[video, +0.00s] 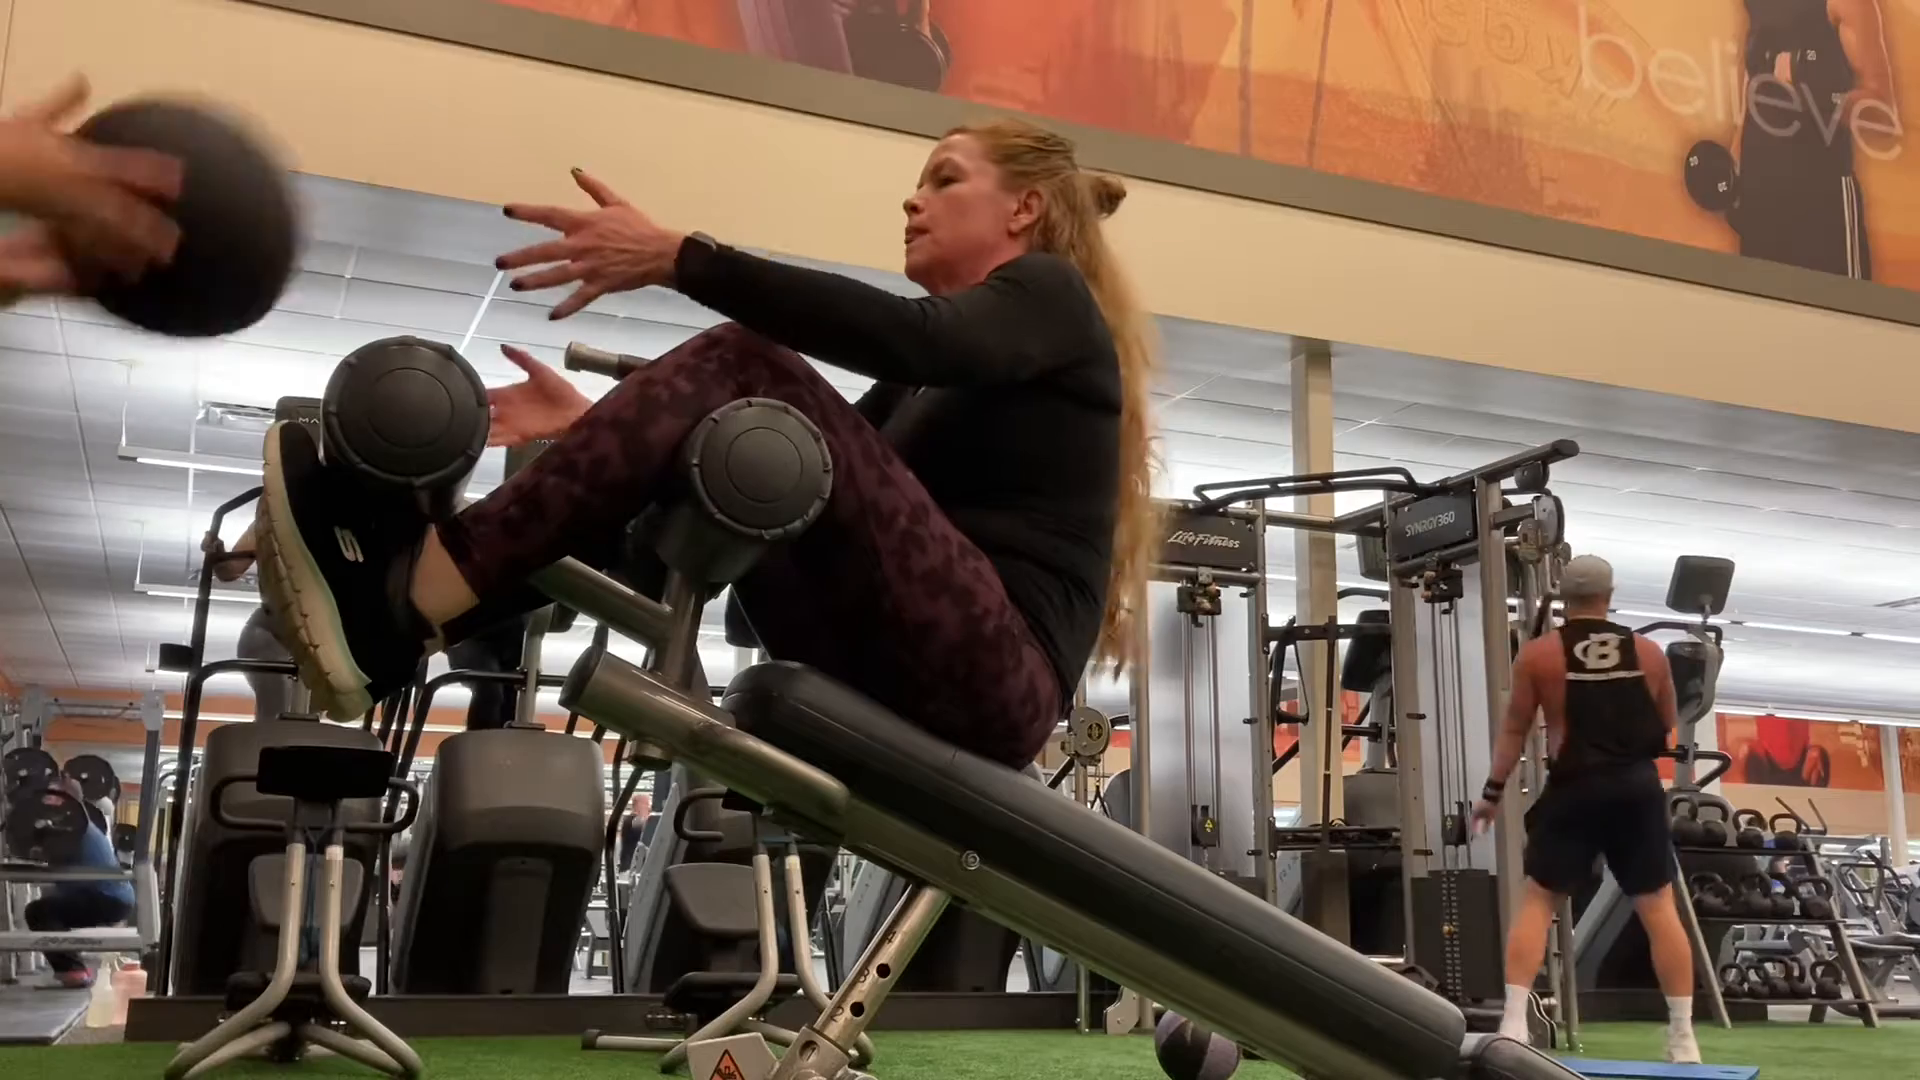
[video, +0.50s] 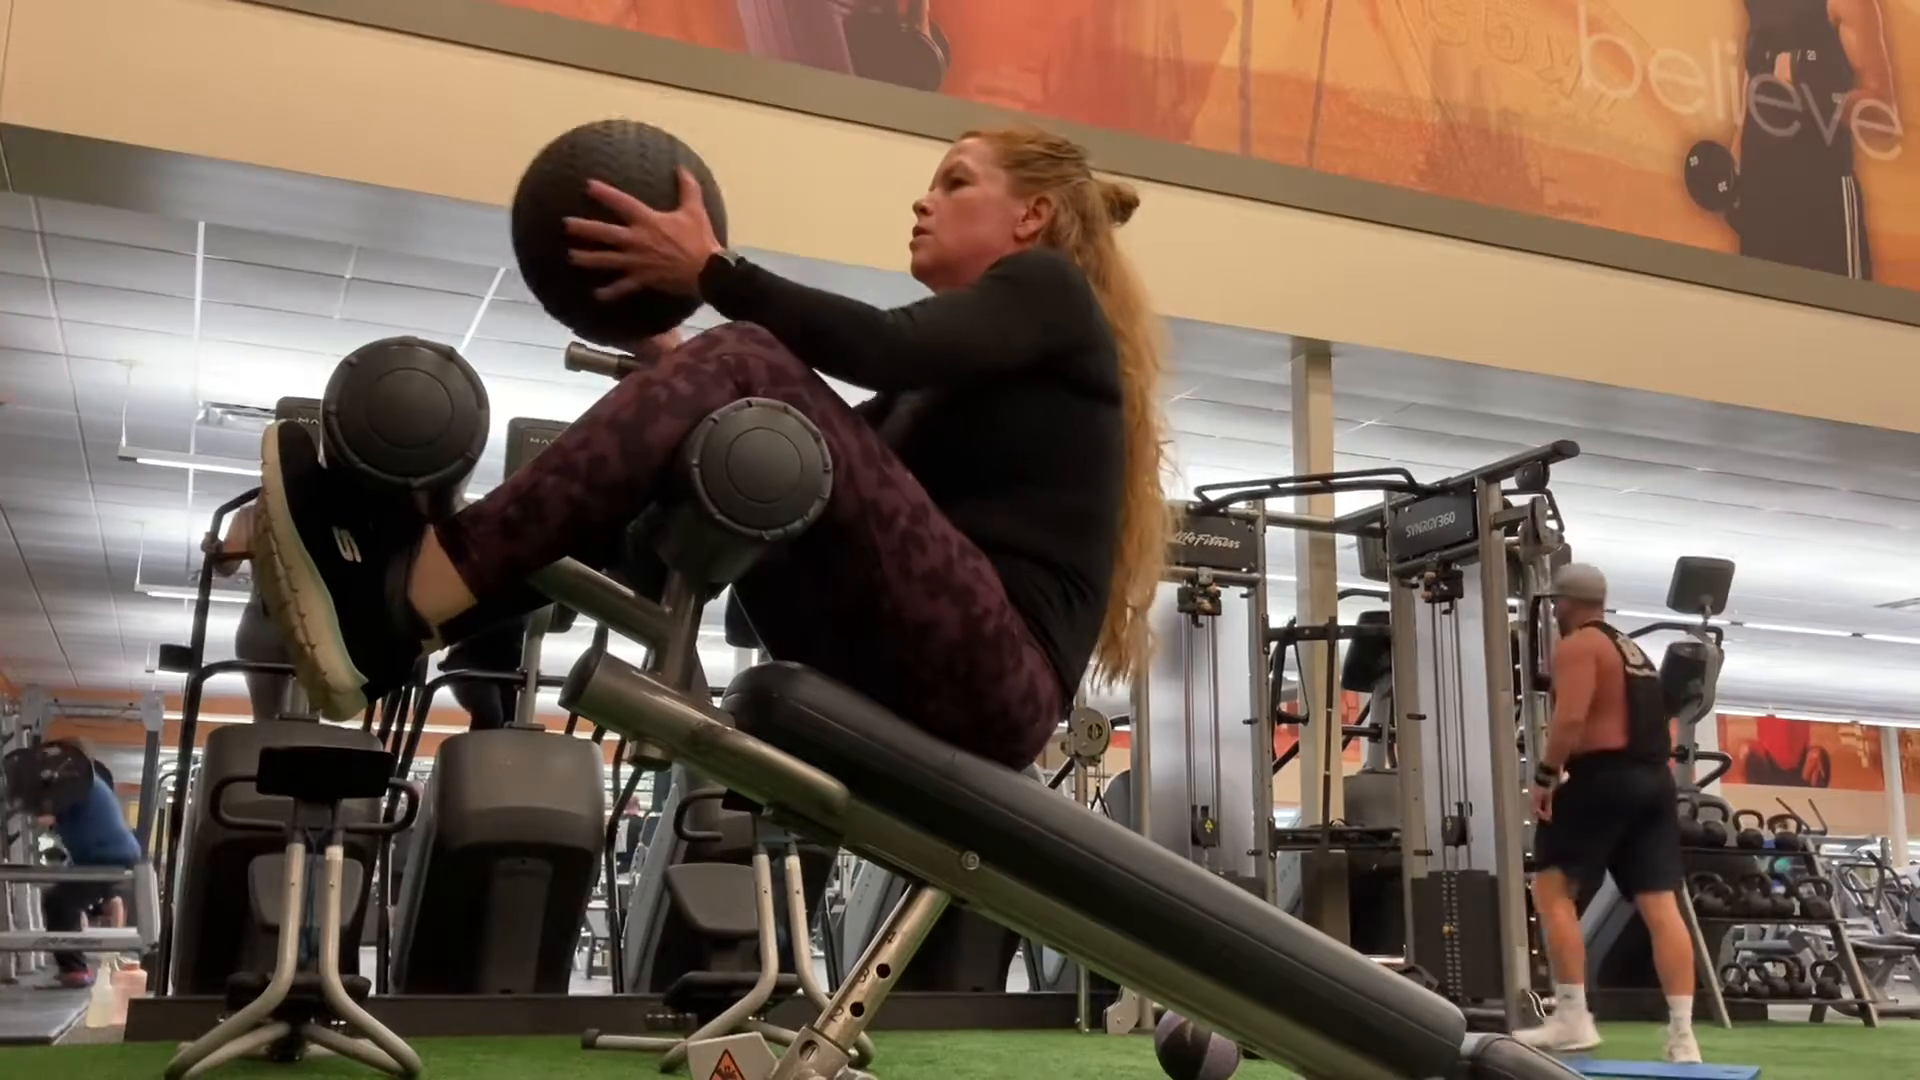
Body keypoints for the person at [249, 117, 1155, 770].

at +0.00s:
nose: (911, 204)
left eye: (943, 183)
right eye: (918, 186)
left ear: (1024, 210)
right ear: (986, 215)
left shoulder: (1053, 298)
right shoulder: (931, 355)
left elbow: (908, 331)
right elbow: (806, 458)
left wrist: (676, 256)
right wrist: (593, 424)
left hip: (993, 676)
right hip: (880, 649)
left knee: (752, 364)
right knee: (723, 392)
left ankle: (416, 606)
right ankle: (407, 587)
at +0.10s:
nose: (908, 203)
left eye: (941, 181)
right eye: (916, 184)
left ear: (1022, 210)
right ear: (994, 214)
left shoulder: (1045, 297)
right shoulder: (923, 355)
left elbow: (878, 316)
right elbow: (800, 438)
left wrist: (644, 254)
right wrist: (576, 396)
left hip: (995, 675)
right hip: (884, 649)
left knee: (757, 366)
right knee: (726, 398)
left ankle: (426, 597)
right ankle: (419, 589)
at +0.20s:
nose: (907, 197)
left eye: (941, 178)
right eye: (916, 180)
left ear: (1021, 209)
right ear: (992, 212)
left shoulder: (1038, 291)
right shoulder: (925, 356)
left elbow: (842, 314)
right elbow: (791, 420)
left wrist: (634, 231)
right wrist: (585, 346)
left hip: (995, 674)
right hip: (891, 653)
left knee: (753, 371)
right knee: (723, 401)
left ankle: (424, 597)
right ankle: (422, 582)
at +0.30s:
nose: (911, 197)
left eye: (944, 176)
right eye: (919, 178)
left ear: (1022, 205)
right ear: (991, 209)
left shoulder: (1041, 286)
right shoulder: (933, 342)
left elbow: (859, 321)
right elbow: (813, 422)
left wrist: (673, 232)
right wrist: (652, 335)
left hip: (996, 672)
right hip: (892, 650)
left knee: (757, 369)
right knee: (727, 394)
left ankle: (423, 598)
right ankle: (419, 583)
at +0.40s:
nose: (916, 201)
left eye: (948, 182)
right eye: (926, 182)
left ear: (1026, 209)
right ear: (995, 210)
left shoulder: (1045, 295)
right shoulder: (958, 346)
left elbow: (876, 340)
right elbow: (838, 440)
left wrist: (693, 256)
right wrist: (687, 381)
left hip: (996, 678)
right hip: (896, 656)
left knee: (761, 375)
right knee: (723, 391)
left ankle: (427, 596)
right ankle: (426, 583)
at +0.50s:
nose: (921, 204)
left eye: (954, 185)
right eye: (930, 187)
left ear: (1032, 216)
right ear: (997, 221)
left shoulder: (1050, 293)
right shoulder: (974, 350)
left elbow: (893, 349)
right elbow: (841, 441)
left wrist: (715, 273)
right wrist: (679, 349)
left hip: (995, 677)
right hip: (906, 658)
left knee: (749, 368)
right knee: (708, 380)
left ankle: (415, 604)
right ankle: (406, 590)